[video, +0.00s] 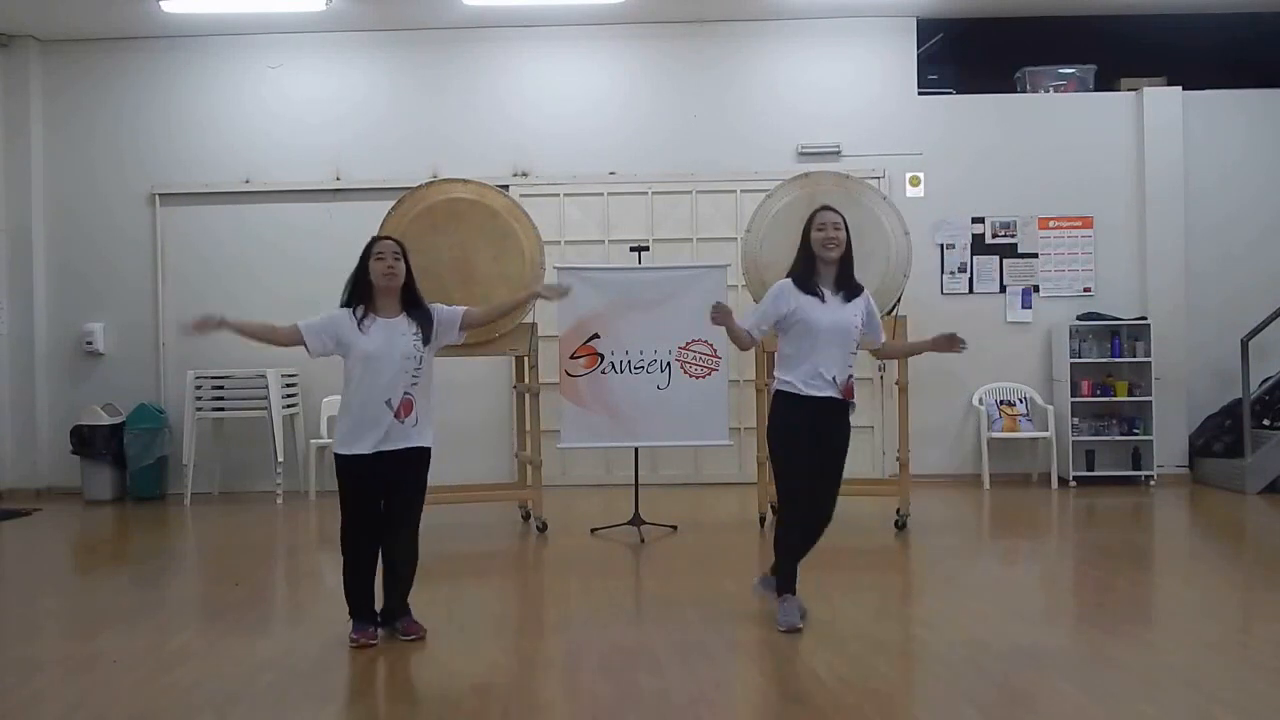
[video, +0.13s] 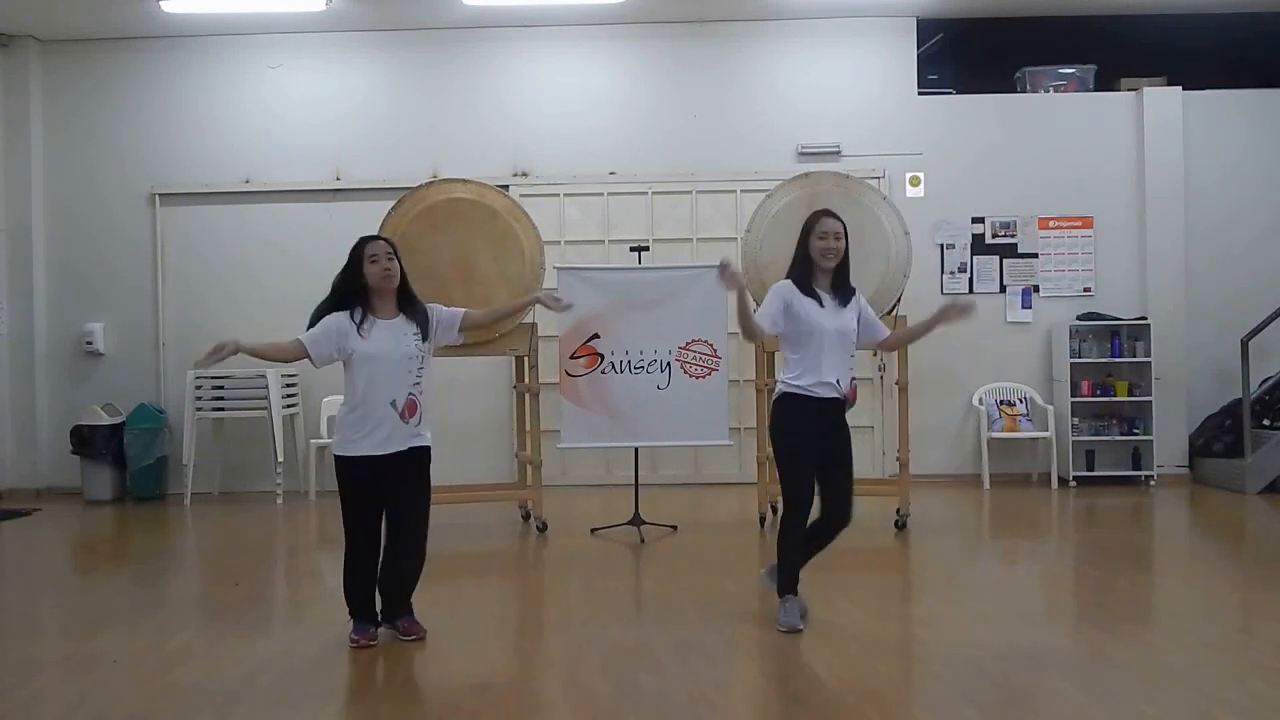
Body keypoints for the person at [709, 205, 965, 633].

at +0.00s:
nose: (829, 233)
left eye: (836, 227)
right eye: (820, 228)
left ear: (847, 239)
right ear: (807, 239)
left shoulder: (859, 297)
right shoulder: (787, 290)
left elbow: (881, 350)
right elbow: (747, 340)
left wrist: (931, 344)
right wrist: (729, 322)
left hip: (835, 411)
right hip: (790, 408)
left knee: (822, 509)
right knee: (794, 503)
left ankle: (775, 576)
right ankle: (787, 596)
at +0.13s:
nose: (831, 244)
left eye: (838, 237)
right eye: (822, 237)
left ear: (846, 245)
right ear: (806, 243)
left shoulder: (851, 297)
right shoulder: (786, 290)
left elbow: (887, 341)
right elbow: (755, 335)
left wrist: (937, 318)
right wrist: (738, 292)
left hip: (833, 412)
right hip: (793, 409)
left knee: (837, 514)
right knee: (797, 505)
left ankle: (780, 571)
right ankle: (789, 598)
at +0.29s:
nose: (835, 231)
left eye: (842, 224)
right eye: (827, 225)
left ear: (851, 235)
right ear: (812, 235)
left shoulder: (858, 287)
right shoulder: (802, 284)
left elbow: (910, 288)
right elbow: (800, 271)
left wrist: (930, 240)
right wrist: (807, 213)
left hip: (843, 402)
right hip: (803, 404)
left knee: (883, 490)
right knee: (802, 503)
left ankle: (855, 577)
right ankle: (788, 597)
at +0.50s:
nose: (851, 230)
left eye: (856, 224)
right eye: (840, 226)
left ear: (868, 233)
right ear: (825, 242)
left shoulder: (880, 281)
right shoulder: (821, 279)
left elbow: (926, 274)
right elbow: (865, 267)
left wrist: (921, 222)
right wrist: (886, 210)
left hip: (876, 405)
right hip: (831, 406)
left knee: (915, 499)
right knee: (815, 505)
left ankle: (950, 589)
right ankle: (790, 597)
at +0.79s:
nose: (888, 233)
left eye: (894, 225)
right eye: (879, 230)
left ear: (910, 232)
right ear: (872, 243)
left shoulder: (942, 283)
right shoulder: (872, 292)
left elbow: (989, 330)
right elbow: (838, 337)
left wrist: (981, 301)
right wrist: (855, 293)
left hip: (939, 405)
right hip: (890, 407)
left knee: (949, 505)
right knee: (887, 504)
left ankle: (954, 599)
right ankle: (855, 587)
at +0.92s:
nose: (902, 230)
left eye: (910, 223)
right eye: (895, 225)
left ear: (927, 233)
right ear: (886, 238)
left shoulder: (952, 289)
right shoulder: (872, 292)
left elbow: (982, 340)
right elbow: (840, 344)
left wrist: (1016, 337)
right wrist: (815, 337)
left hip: (948, 405)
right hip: (898, 407)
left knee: (955, 501)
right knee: (919, 502)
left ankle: (954, 597)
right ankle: (920, 592)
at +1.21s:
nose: (901, 232)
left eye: (909, 225)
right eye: (893, 227)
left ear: (924, 233)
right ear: (885, 238)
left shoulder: (946, 280)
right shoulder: (872, 288)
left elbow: (982, 287)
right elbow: (826, 306)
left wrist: (977, 234)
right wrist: (810, 255)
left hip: (942, 405)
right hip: (890, 405)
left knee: (947, 503)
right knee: (867, 497)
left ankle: (953, 598)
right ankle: (870, 583)